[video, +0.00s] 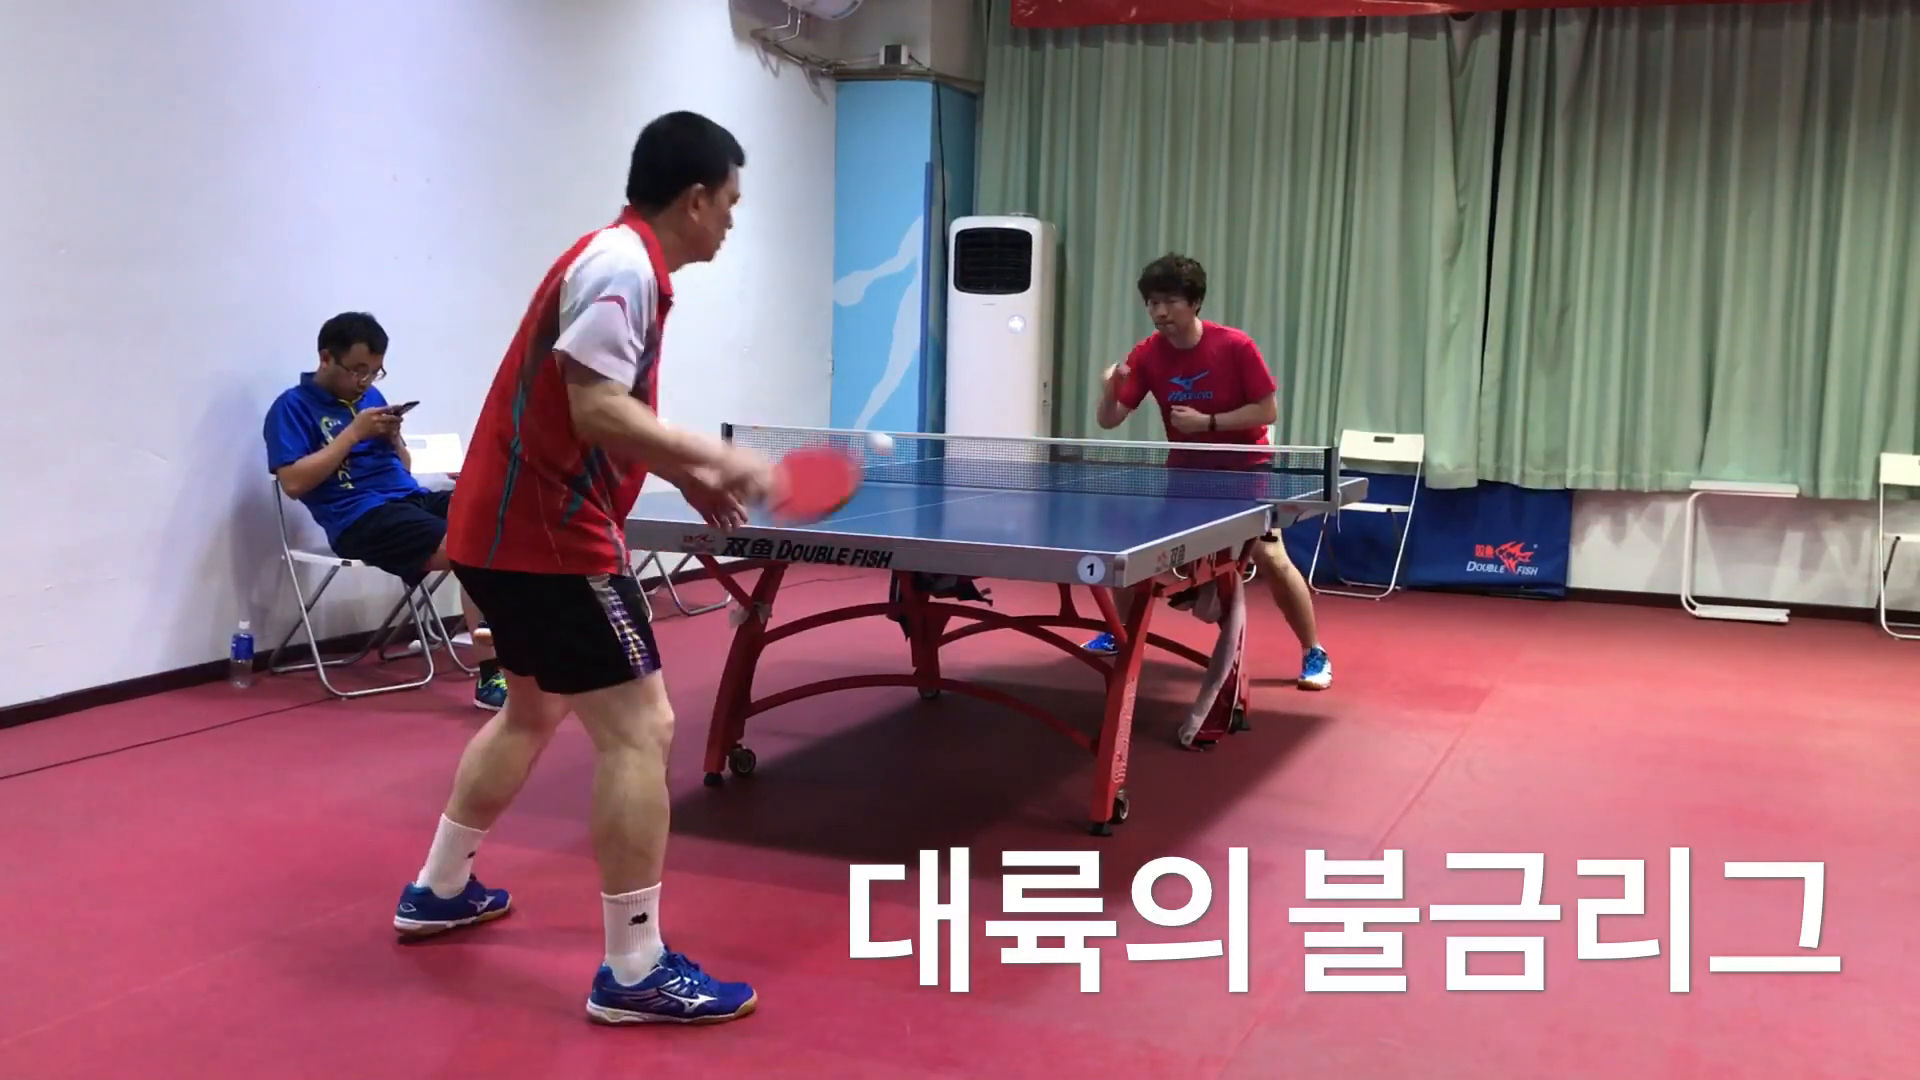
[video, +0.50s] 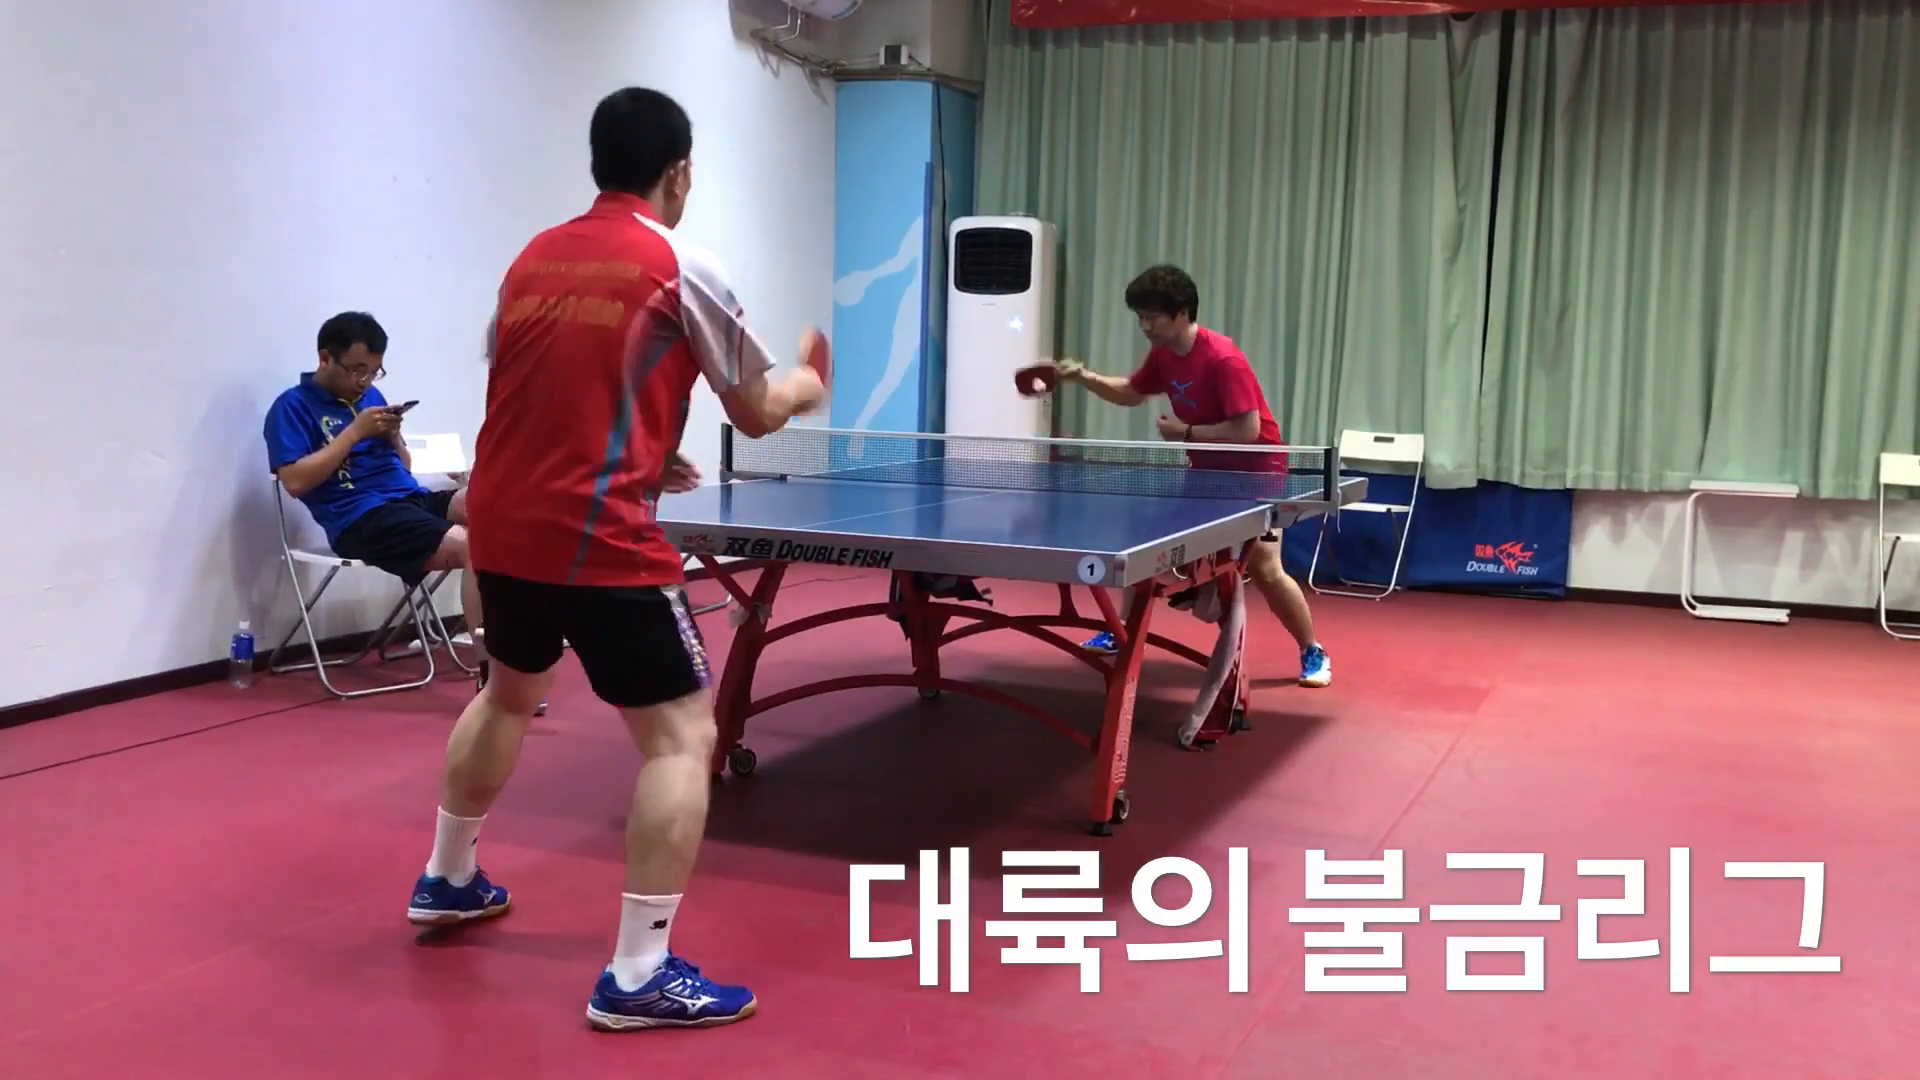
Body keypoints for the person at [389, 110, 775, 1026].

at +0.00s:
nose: (732, 219)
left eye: (734, 203)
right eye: (730, 201)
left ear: (663, 192)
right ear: (693, 198)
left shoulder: (621, 261)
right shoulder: (622, 265)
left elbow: (613, 410)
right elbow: (594, 406)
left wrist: (688, 475)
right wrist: (714, 456)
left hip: (501, 531)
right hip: (550, 539)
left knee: (530, 709)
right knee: (639, 728)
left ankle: (437, 887)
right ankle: (634, 968)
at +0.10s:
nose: (714, 209)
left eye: (715, 191)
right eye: (710, 190)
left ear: (645, 185)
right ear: (674, 188)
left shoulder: (587, 250)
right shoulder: (617, 257)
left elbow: (582, 410)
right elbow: (636, 399)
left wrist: (682, 462)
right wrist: (789, 401)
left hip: (489, 527)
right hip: (548, 536)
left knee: (520, 711)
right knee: (635, 726)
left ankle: (436, 889)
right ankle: (636, 966)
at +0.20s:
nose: (690, 192)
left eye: (691, 176)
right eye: (688, 175)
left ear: (603, 170)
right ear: (659, 173)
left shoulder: (544, 244)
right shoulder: (633, 254)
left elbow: (552, 401)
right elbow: (740, 375)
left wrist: (666, 439)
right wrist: (794, 305)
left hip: (472, 522)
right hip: (561, 528)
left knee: (499, 701)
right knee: (647, 719)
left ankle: (434, 889)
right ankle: (636, 962)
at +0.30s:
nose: (677, 184)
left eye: (676, 170)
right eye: (675, 170)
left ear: (582, 170)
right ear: (654, 172)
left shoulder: (518, 251)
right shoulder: (651, 257)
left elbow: (531, 382)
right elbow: (759, 370)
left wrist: (646, 428)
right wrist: (774, 298)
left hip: (481, 524)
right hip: (585, 533)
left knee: (482, 706)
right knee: (668, 729)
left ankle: (433, 890)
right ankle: (638, 963)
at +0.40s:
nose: (675, 189)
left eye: (673, 176)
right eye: (674, 176)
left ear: (578, 179)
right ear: (656, 181)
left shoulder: (520, 263)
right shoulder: (669, 275)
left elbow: (469, 358)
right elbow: (760, 397)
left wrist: (573, 388)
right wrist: (778, 322)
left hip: (499, 545)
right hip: (607, 551)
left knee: (492, 708)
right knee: (688, 743)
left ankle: (437, 889)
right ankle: (639, 972)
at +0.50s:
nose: (693, 182)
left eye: (692, 168)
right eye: (691, 168)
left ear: (596, 169)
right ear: (674, 173)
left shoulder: (532, 258)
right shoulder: (676, 269)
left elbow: (521, 405)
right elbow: (757, 412)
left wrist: (648, 456)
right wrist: (804, 381)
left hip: (503, 535)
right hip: (606, 546)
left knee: (507, 694)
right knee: (679, 736)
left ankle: (445, 878)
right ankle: (639, 973)